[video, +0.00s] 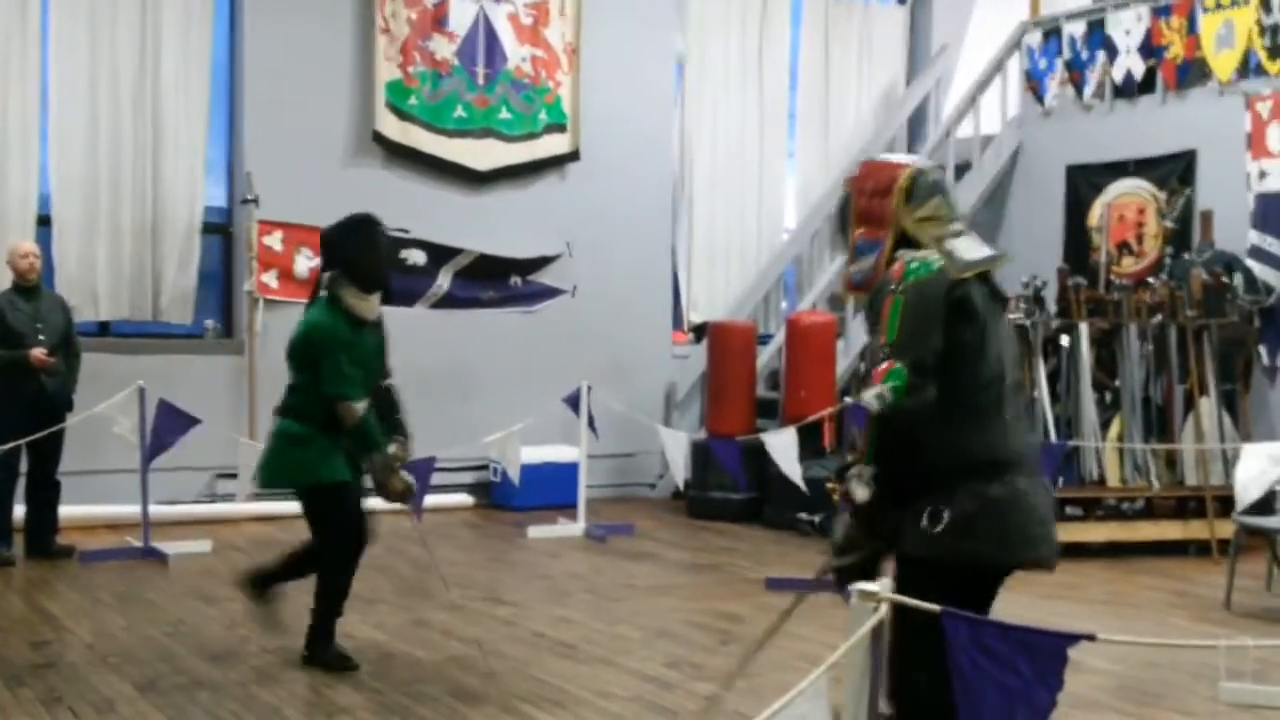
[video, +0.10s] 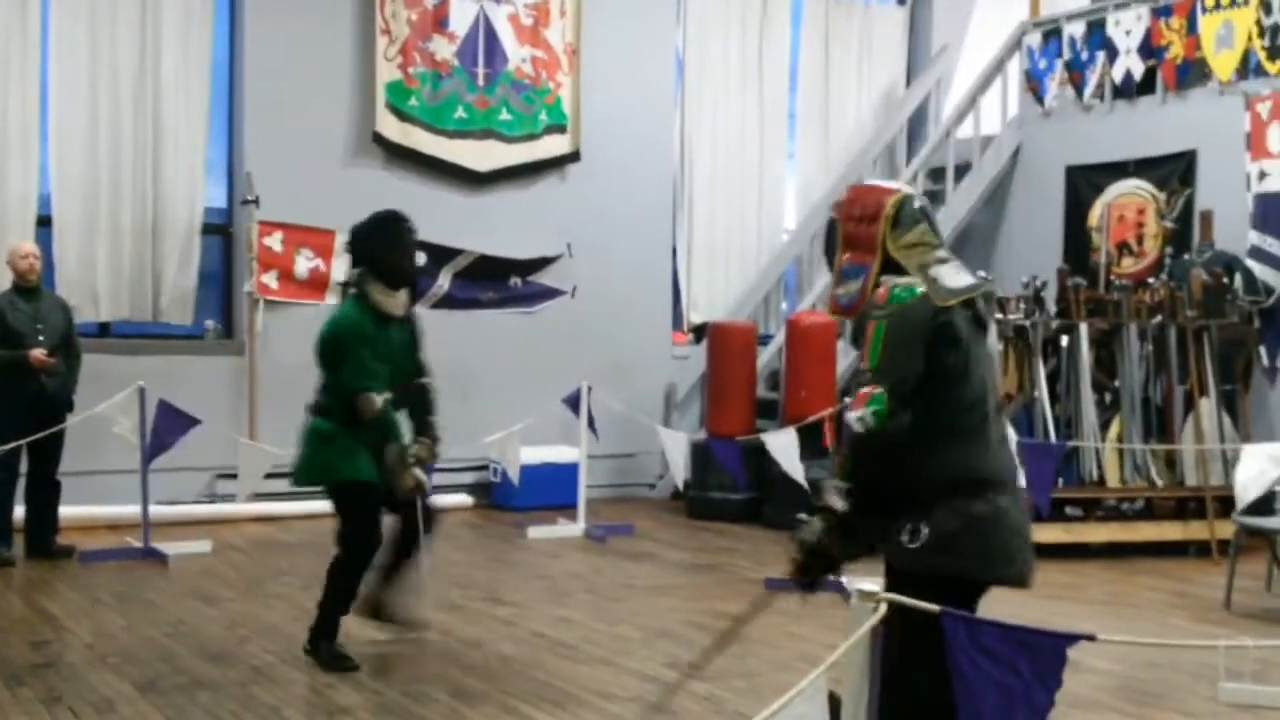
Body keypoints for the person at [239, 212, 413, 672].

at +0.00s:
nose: (385, 262)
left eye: (383, 254)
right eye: (377, 254)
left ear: (353, 264)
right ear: (355, 262)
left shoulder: (367, 317)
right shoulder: (323, 327)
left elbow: (379, 382)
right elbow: (345, 405)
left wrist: (396, 433)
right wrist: (377, 459)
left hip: (342, 445)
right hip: (308, 445)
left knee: (348, 536)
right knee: (342, 538)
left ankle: (265, 579)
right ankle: (319, 643)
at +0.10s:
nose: (409, 262)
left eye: (410, 254)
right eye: (401, 254)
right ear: (378, 261)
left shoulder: (401, 322)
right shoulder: (349, 326)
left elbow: (414, 384)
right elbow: (365, 403)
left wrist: (424, 434)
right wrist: (395, 459)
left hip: (382, 442)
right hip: (341, 442)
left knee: (417, 517)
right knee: (361, 536)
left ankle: (377, 597)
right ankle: (322, 636)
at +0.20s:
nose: (439, 266)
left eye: (439, 258)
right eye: (432, 258)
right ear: (411, 265)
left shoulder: (438, 327)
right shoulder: (375, 329)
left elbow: (450, 390)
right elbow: (382, 403)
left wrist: (450, 444)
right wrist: (409, 456)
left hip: (420, 450)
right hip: (374, 451)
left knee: (465, 521)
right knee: (378, 533)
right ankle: (326, 637)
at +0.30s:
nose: (466, 277)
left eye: (467, 268)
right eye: (457, 270)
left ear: (468, 277)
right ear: (435, 277)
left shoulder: (476, 329)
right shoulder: (409, 334)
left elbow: (487, 388)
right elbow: (412, 406)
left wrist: (479, 438)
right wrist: (431, 464)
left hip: (462, 454)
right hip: (414, 458)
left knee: (509, 535)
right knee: (388, 544)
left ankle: (538, 617)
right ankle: (332, 634)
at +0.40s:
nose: (492, 276)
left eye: (497, 268)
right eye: (482, 269)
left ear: (503, 272)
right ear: (463, 272)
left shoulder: (516, 327)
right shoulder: (439, 330)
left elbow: (533, 386)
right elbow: (438, 397)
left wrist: (516, 430)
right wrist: (461, 443)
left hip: (498, 441)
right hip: (446, 441)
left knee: (537, 530)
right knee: (421, 529)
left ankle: (538, 616)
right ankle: (368, 616)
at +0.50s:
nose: (508, 256)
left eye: (509, 247)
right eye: (498, 249)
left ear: (514, 256)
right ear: (475, 258)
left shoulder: (524, 317)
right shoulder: (450, 319)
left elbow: (544, 370)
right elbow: (455, 386)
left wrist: (538, 411)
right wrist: (501, 418)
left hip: (508, 440)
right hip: (453, 441)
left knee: (533, 528)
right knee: (435, 523)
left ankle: (541, 612)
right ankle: (419, 577)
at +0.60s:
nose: (510, 265)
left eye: (513, 258)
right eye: (501, 258)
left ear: (518, 265)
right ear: (481, 264)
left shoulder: (524, 316)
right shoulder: (459, 319)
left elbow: (540, 366)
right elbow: (483, 368)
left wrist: (558, 375)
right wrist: (531, 366)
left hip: (510, 431)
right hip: (461, 434)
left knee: (529, 524)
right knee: (450, 529)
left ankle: (550, 609)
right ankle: (461, 565)